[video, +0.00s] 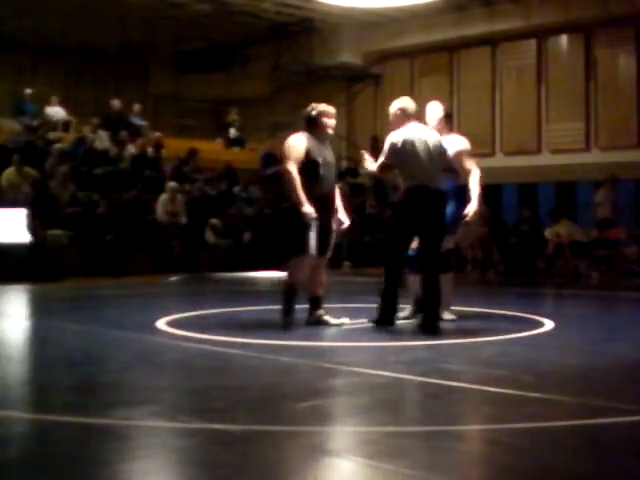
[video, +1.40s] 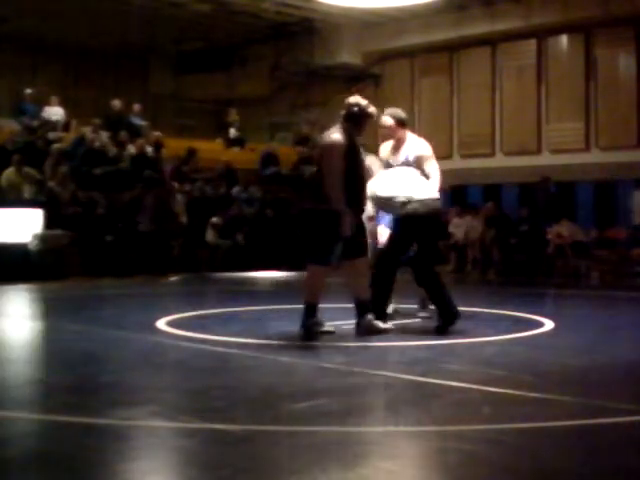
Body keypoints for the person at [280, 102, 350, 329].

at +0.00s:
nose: (333, 124)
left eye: (333, 119)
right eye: (329, 118)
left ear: (329, 122)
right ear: (315, 120)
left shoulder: (327, 147)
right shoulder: (299, 140)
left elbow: (332, 183)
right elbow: (290, 168)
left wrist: (340, 210)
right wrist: (303, 203)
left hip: (325, 209)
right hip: (305, 208)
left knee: (321, 259)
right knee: (304, 257)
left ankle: (316, 309)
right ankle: (288, 309)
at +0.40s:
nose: (338, 122)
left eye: (337, 117)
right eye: (335, 117)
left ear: (317, 119)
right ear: (323, 118)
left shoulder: (310, 141)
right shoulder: (317, 141)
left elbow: (310, 176)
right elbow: (319, 170)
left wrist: (326, 201)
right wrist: (330, 204)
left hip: (308, 207)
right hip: (314, 208)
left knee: (313, 262)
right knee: (313, 262)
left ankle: (313, 310)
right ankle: (311, 312)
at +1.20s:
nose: (355, 129)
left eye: (356, 124)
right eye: (354, 123)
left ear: (340, 118)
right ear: (343, 120)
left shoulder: (340, 142)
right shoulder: (323, 142)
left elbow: (343, 178)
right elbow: (317, 183)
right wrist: (319, 217)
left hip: (337, 212)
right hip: (321, 212)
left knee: (346, 259)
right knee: (314, 266)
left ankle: (329, 310)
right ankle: (307, 318)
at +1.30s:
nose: (361, 128)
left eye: (362, 123)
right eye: (360, 122)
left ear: (344, 117)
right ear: (350, 119)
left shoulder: (344, 142)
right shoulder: (328, 141)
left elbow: (348, 179)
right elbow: (326, 184)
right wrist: (330, 217)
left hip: (344, 212)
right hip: (327, 213)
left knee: (355, 260)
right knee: (315, 266)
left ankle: (355, 314)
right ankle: (308, 319)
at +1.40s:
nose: (369, 129)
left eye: (370, 124)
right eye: (368, 123)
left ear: (349, 117)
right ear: (359, 120)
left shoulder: (348, 142)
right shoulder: (336, 142)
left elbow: (351, 182)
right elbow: (335, 184)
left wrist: (360, 211)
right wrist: (344, 214)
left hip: (350, 214)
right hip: (335, 214)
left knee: (359, 265)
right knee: (319, 268)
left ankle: (364, 316)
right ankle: (310, 320)